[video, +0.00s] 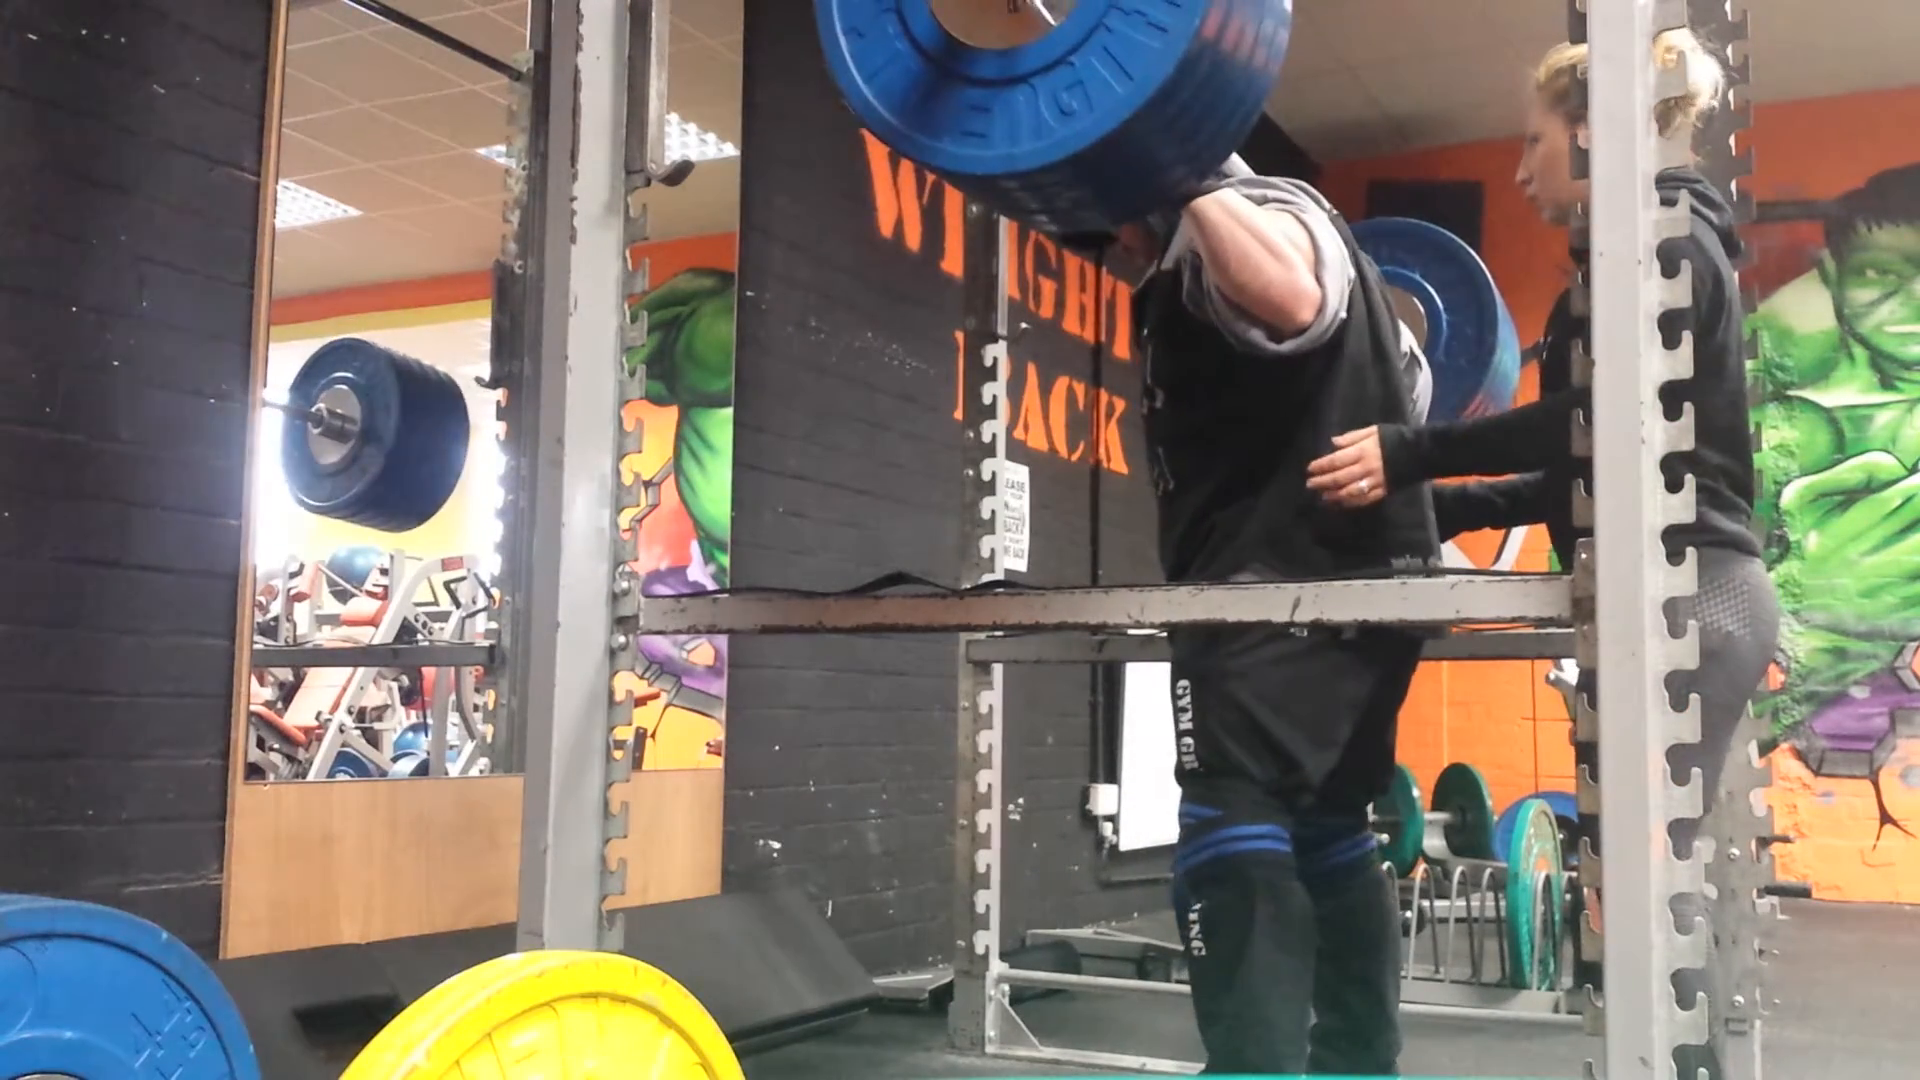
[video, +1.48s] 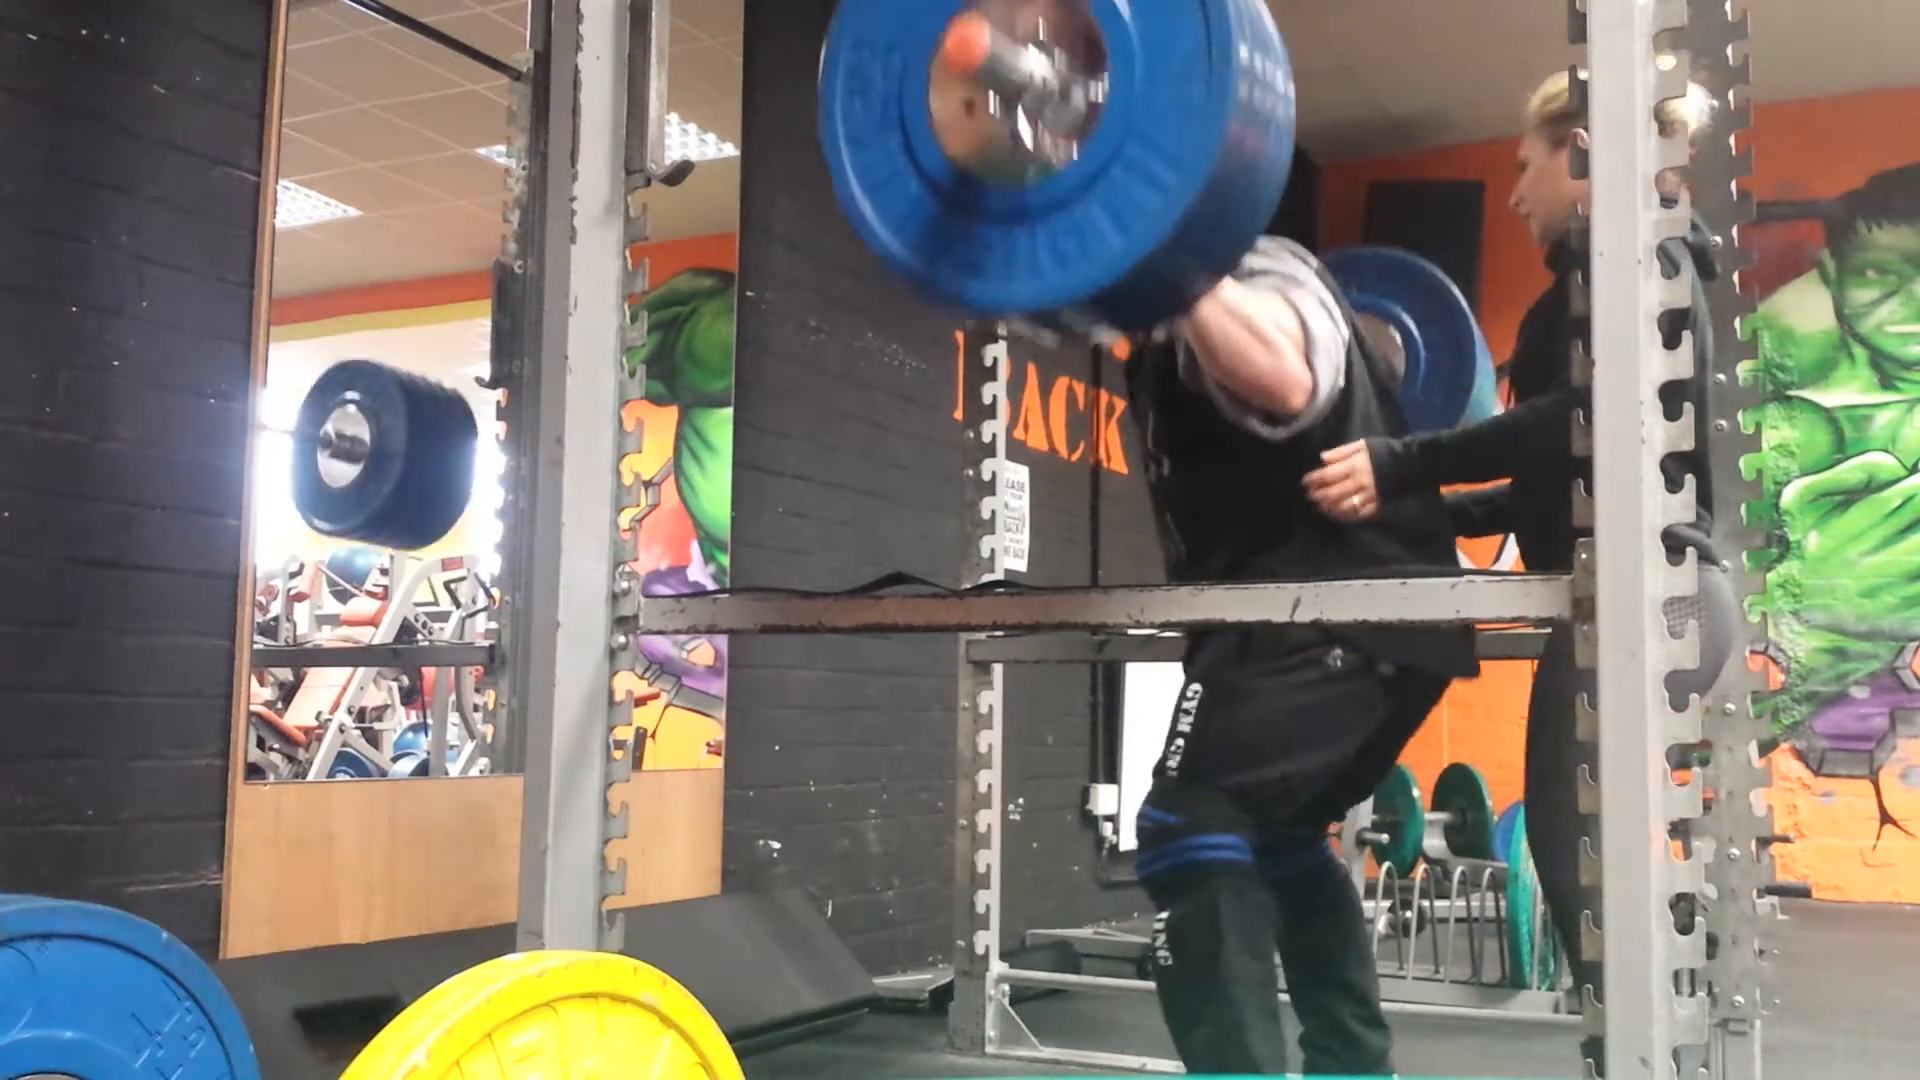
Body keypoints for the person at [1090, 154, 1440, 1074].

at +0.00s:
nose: (1105, 254)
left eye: (1099, 231)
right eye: (1089, 238)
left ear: (1136, 199)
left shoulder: (1257, 211)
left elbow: (1291, 295)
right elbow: (1409, 362)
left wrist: (1181, 175)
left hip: (1283, 587)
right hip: (1368, 589)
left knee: (1234, 826)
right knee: (1327, 827)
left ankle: (1255, 1064)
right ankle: (1357, 1063)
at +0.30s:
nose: (1101, 252)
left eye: (1101, 228)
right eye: (1087, 237)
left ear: (1149, 195)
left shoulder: (1261, 212)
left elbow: (1291, 301)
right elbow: (1406, 391)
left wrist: (1187, 183)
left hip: (1278, 586)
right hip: (1354, 586)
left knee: (1236, 824)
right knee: (1326, 823)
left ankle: (1253, 1061)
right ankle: (1353, 1060)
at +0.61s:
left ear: (1180, 159)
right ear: (1256, 147)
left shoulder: (1259, 215)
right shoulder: (1323, 236)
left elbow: (1292, 306)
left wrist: (1192, 197)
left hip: (1281, 586)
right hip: (1358, 586)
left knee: (1248, 821)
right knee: (1332, 822)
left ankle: (1262, 1063)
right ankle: (1355, 1063)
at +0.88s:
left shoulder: (1258, 212)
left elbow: (1287, 310)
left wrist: (1177, 190)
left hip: (1276, 583)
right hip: (1347, 584)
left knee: (1245, 824)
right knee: (1329, 821)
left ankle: (1261, 1061)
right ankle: (1355, 1060)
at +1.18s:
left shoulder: (1255, 209)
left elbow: (1274, 312)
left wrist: (1166, 184)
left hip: (1271, 585)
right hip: (1347, 585)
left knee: (1239, 826)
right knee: (1327, 824)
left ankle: (1259, 1061)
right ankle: (1352, 1061)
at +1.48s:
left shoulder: (1268, 275)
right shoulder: (1157, 312)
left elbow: (1283, 380)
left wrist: (1173, 266)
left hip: (1326, 616)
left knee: (1189, 829)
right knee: (1282, 833)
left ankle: (1240, 1069)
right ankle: (1351, 1064)